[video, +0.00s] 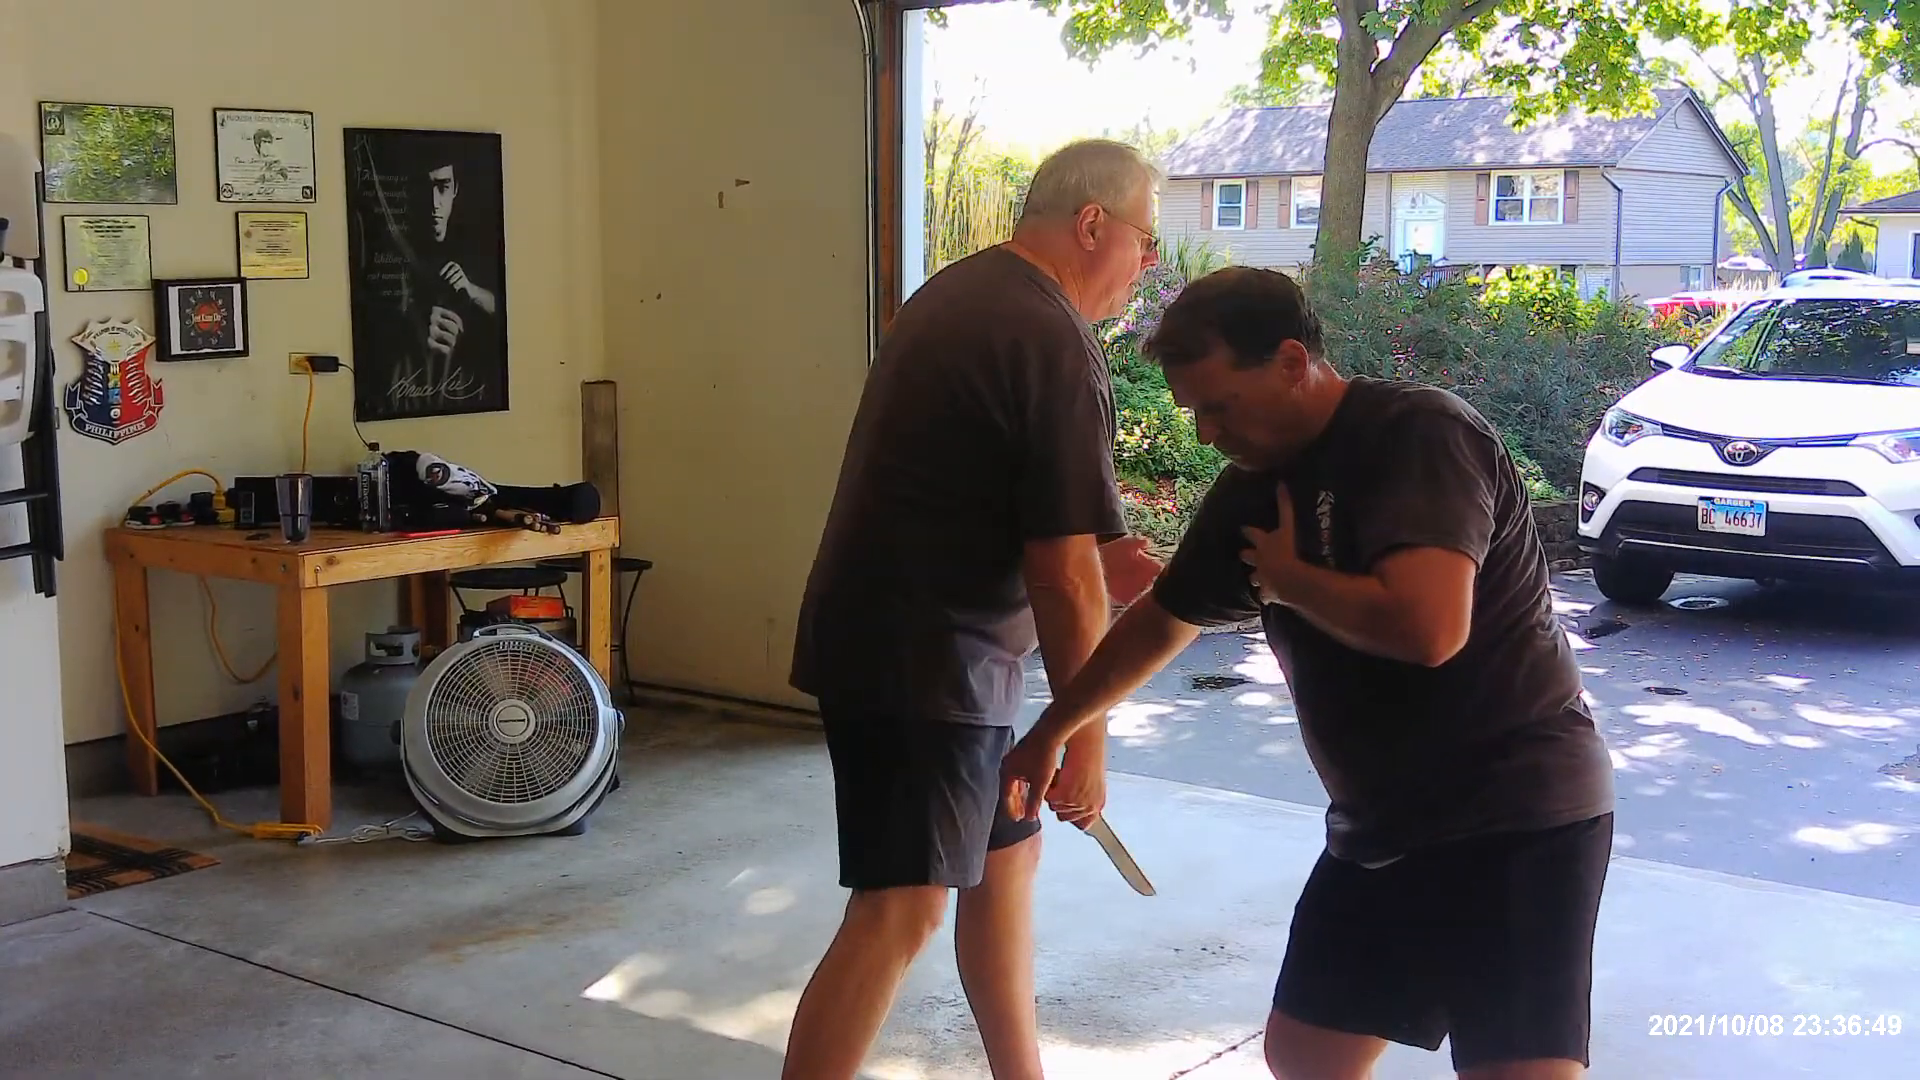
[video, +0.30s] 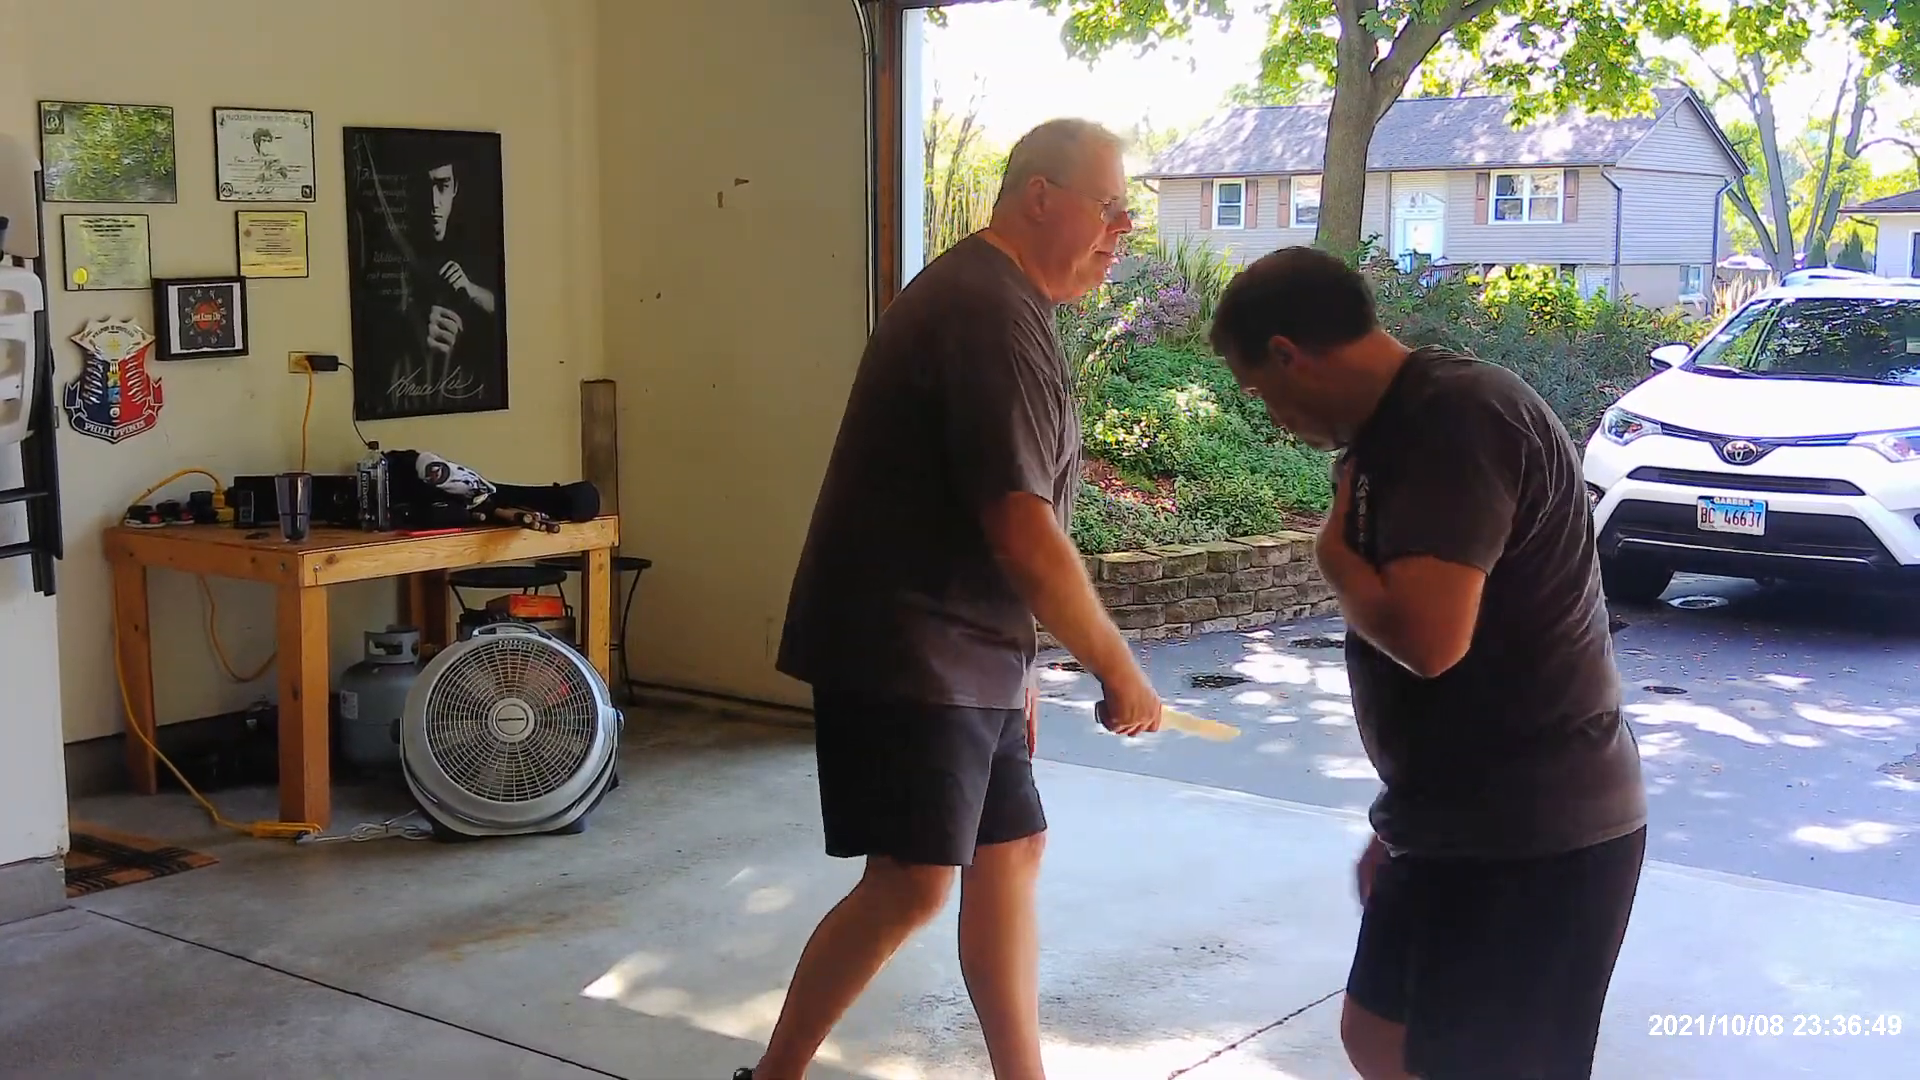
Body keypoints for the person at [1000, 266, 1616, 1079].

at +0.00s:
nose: (1204, 434)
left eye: (1216, 408)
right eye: (1193, 413)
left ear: (1294, 366)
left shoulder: (1425, 431)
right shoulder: (1249, 492)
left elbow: (1429, 626)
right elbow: (1160, 620)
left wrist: (1289, 579)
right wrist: (1051, 728)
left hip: (1523, 815)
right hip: (1377, 826)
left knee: (1518, 1065)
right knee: (1305, 1052)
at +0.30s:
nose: (1275, 423)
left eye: (1261, 396)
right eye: (1260, 401)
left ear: (1291, 355)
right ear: (1305, 344)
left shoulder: (1462, 415)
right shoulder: (1398, 430)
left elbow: (1429, 638)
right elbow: (1424, 665)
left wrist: (1331, 553)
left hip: (1532, 840)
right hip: (1447, 828)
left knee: (1484, 1065)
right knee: (1377, 1037)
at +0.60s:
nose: (1382, 388)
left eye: (1372, 370)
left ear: (1379, 365)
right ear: (1493, 320)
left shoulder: (1449, 451)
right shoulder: (1618, 409)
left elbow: (1386, 679)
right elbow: (1752, 575)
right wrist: (1841, 752)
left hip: (1575, 848)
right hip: (1692, 817)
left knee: (1512, 1068)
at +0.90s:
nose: (1508, 409)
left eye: (1500, 392)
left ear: (1502, 388)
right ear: (1623, 354)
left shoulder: (1549, 480)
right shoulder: (1734, 451)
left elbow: (1498, 708)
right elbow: (1845, 628)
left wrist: (1466, 665)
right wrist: (1883, 807)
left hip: (1654, 868)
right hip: (1796, 842)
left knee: (1495, 1072)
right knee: (1706, 1036)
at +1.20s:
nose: (1662, 354)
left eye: (1656, 338)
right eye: (1659, 340)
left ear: (1663, 335)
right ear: (1763, 300)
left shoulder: (1731, 406)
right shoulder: (1870, 380)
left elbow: (1762, 574)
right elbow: (1905, 531)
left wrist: (1640, 627)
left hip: (1812, 760)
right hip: (1905, 747)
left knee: (1733, 1010)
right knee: (1832, 993)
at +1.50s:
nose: (1751, 419)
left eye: (1745, 400)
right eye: (1749, 400)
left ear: (1757, 394)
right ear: (1850, 367)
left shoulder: (1808, 459)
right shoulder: (1904, 415)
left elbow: (1858, 626)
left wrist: (1795, 711)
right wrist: (1822, 694)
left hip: (1907, 779)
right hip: (1907, 772)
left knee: (1838, 978)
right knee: (1842, 973)